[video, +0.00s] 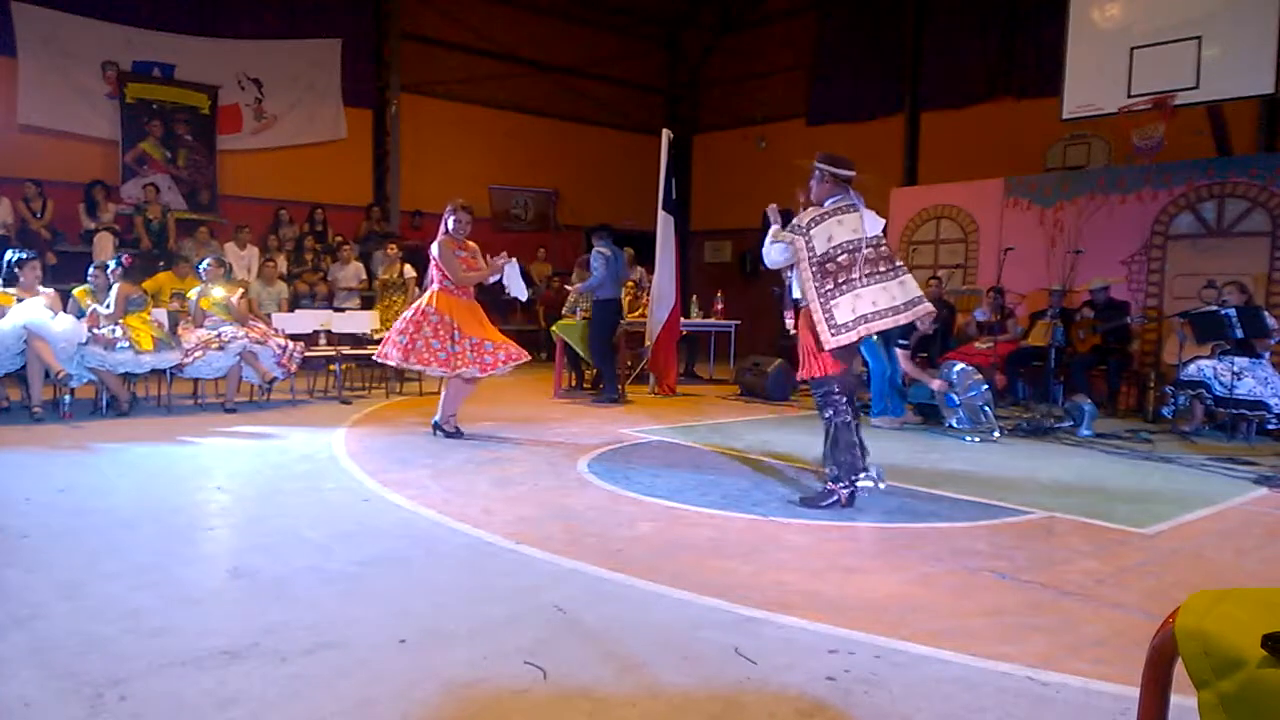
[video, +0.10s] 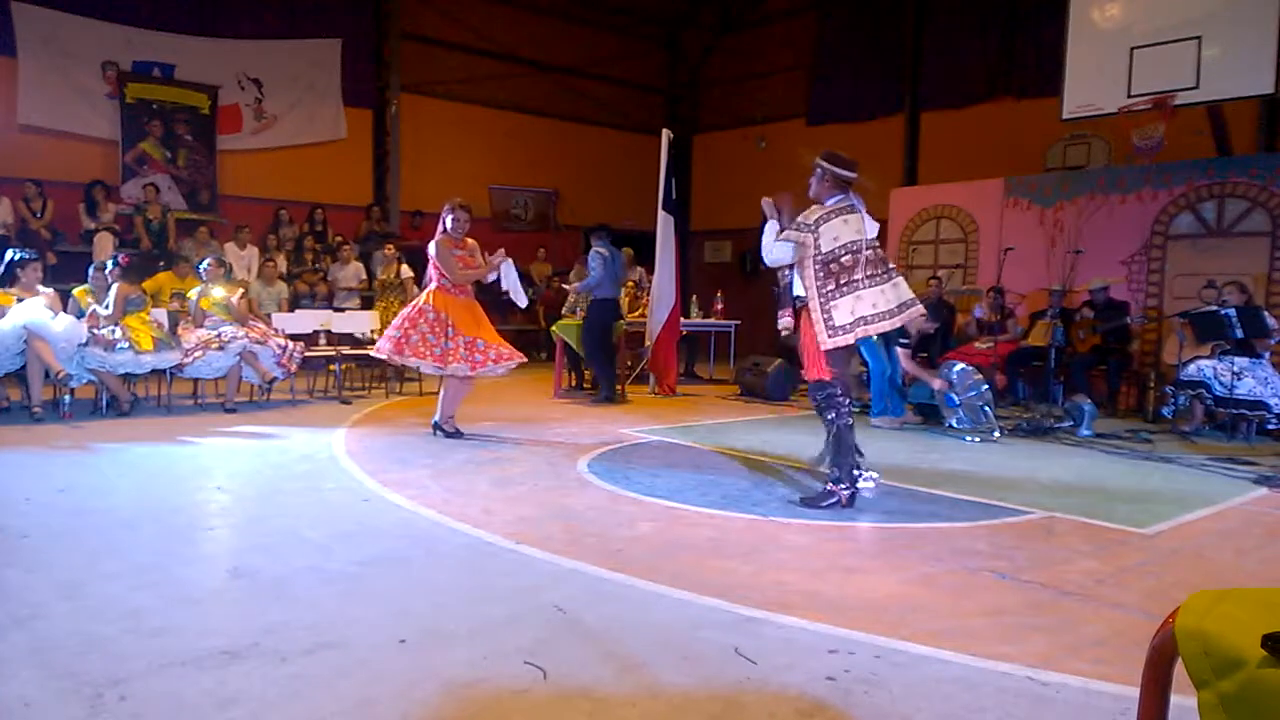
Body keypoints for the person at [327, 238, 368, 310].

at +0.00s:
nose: (348, 253)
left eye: (350, 250)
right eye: (345, 250)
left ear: (352, 251)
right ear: (338, 253)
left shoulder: (358, 266)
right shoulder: (333, 267)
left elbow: (365, 284)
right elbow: (329, 283)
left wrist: (352, 288)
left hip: (353, 305)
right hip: (338, 305)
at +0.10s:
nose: (348, 253)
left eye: (350, 250)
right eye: (345, 250)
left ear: (352, 251)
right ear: (338, 253)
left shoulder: (358, 266)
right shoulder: (333, 267)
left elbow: (365, 284)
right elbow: (329, 283)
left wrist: (352, 288)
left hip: (353, 305)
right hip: (338, 305)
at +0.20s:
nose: (348, 253)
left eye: (350, 250)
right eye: (345, 250)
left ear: (352, 251)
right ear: (338, 253)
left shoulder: (358, 266)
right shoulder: (333, 267)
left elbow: (365, 284)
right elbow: (329, 283)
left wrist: (353, 288)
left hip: (353, 305)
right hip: (338, 305)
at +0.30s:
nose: (348, 253)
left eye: (350, 250)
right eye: (345, 250)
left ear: (352, 252)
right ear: (338, 253)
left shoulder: (359, 266)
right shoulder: (333, 267)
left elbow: (365, 284)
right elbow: (329, 283)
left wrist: (353, 288)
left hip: (353, 305)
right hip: (338, 305)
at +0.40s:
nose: (348, 253)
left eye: (350, 250)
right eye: (345, 250)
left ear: (352, 252)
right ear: (338, 253)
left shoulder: (359, 266)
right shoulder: (333, 267)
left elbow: (365, 284)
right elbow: (329, 284)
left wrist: (353, 288)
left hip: (353, 305)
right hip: (338, 305)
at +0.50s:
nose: (348, 253)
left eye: (350, 250)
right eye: (345, 250)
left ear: (352, 252)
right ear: (338, 253)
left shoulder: (359, 266)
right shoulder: (333, 267)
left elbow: (364, 284)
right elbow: (329, 283)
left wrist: (352, 288)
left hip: (353, 305)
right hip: (338, 305)